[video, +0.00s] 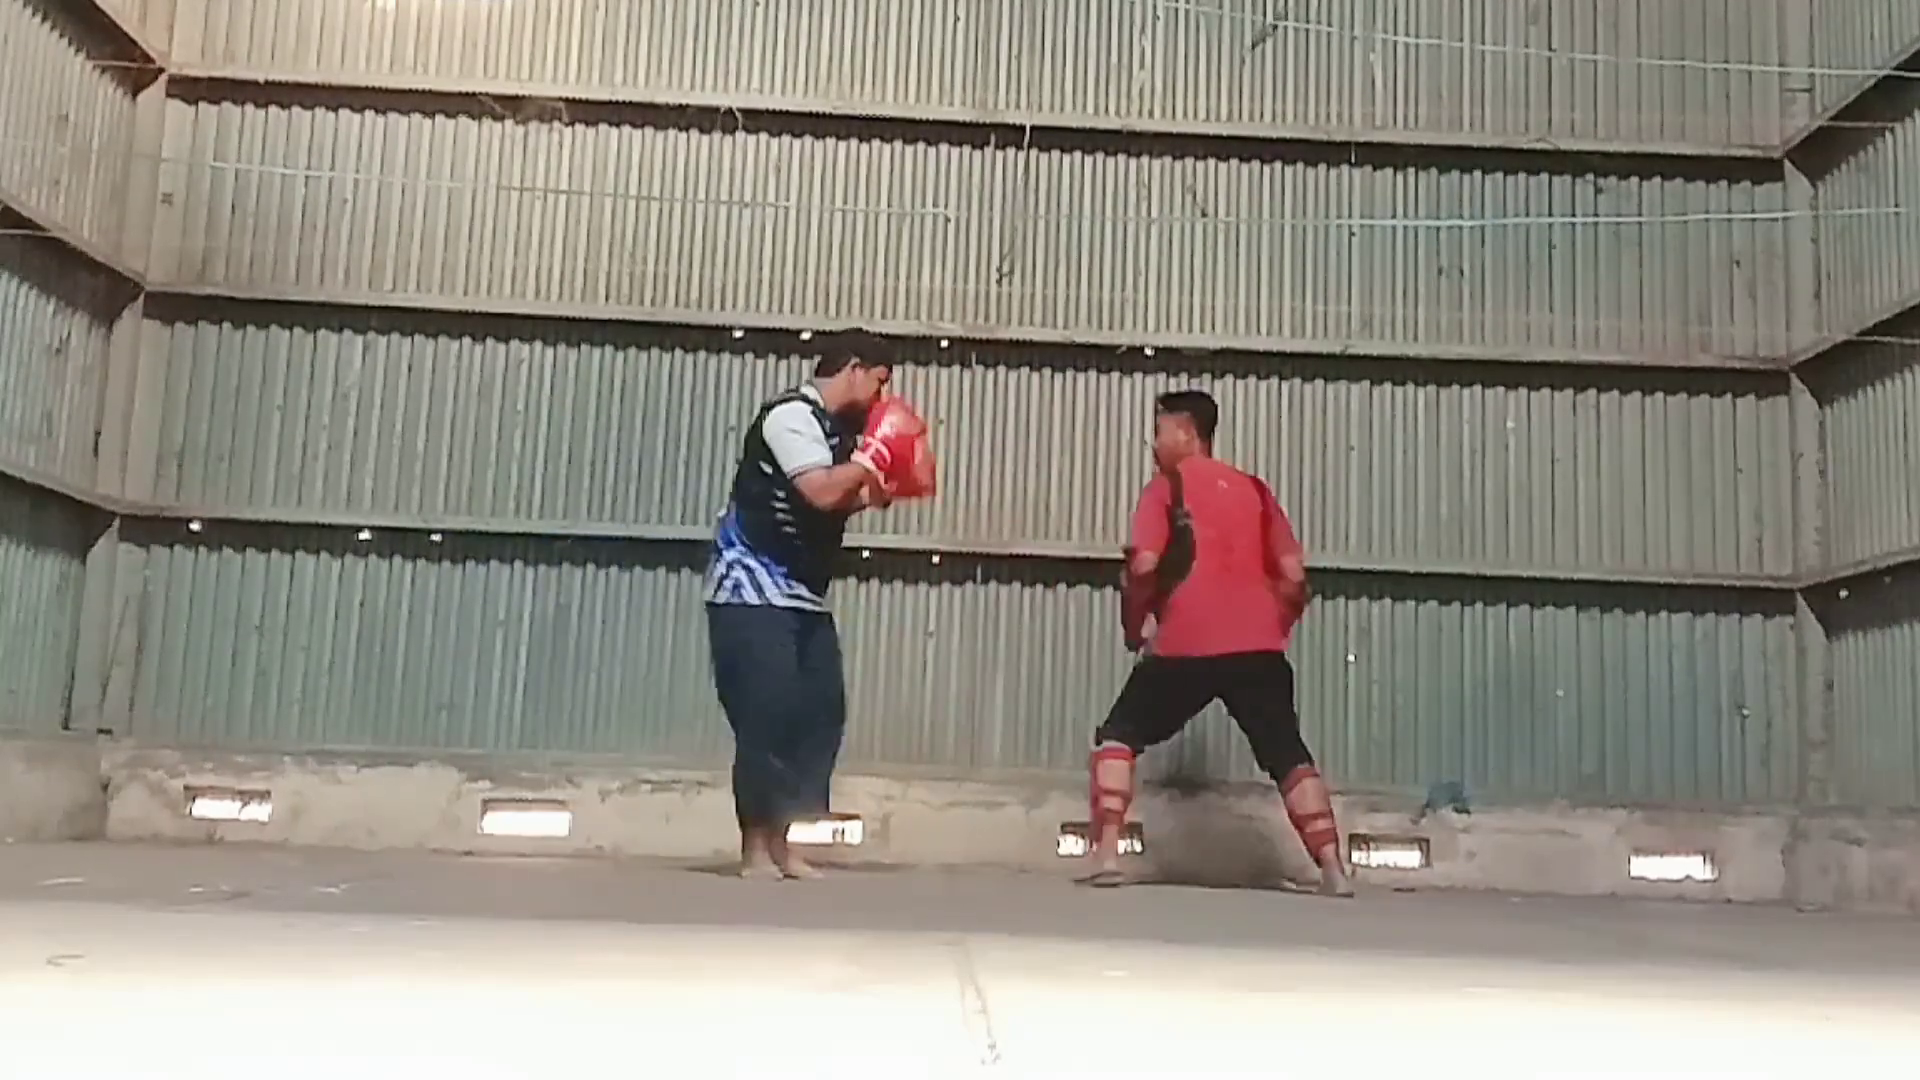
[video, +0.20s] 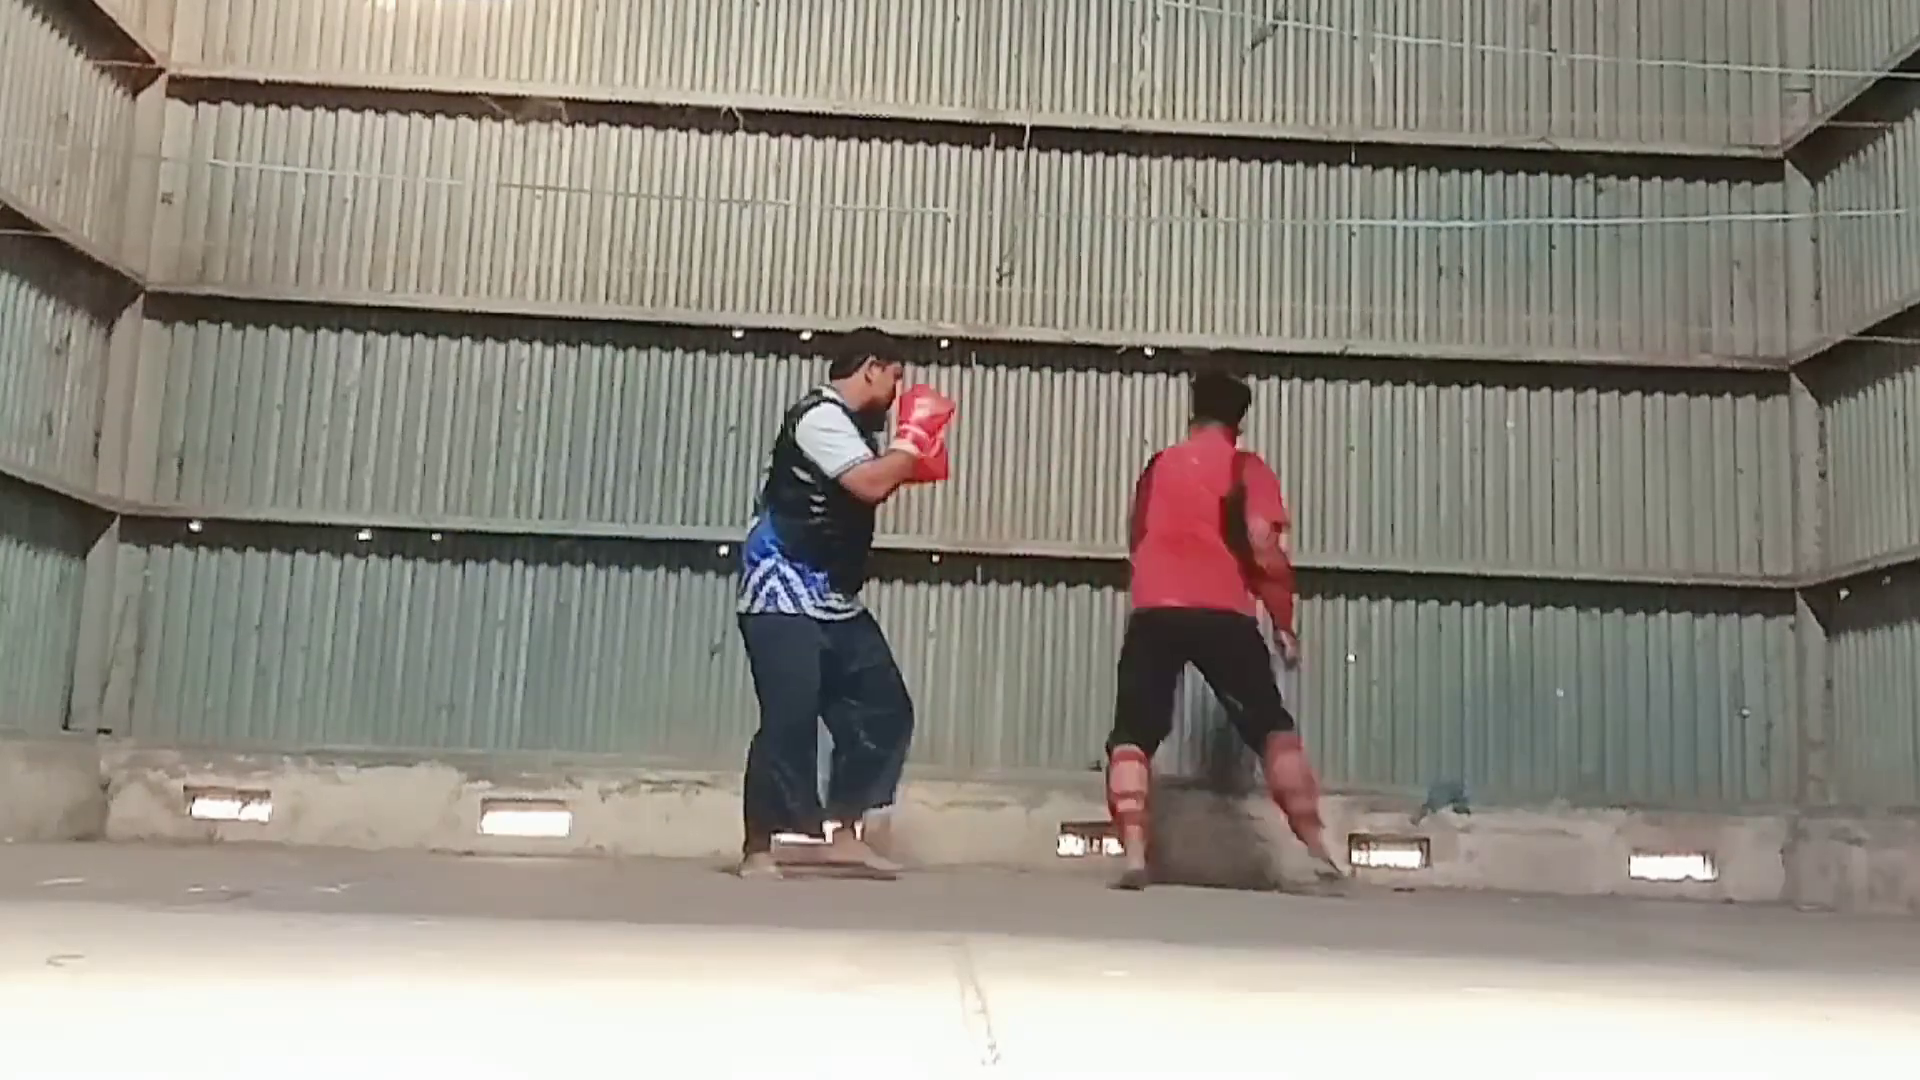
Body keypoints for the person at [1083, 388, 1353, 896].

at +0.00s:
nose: (1153, 442)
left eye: (1159, 430)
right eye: (1155, 430)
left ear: (1185, 431)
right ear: (1200, 435)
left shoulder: (1165, 489)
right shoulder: (1255, 488)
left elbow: (1143, 565)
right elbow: (1293, 576)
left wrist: (1132, 629)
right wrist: (1270, 635)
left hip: (1186, 653)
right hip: (1257, 653)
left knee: (1117, 737)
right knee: (1288, 756)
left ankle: (1106, 855)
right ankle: (1333, 868)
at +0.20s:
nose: (1235, 427)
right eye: (1239, 418)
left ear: (1193, 412)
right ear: (1241, 418)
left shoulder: (1156, 466)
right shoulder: (1250, 467)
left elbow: (1138, 539)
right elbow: (1262, 543)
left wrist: (1161, 592)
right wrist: (1284, 621)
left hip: (1154, 616)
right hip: (1223, 617)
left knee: (1132, 735)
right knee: (1273, 728)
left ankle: (1134, 858)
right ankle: (1316, 844)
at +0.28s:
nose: (1268, 416)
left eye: (1268, 405)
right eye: (1265, 404)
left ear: (1219, 404)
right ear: (1240, 402)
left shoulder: (1178, 449)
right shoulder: (1235, 445)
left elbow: (1177, 534)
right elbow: (1229, 529)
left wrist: (1235, 581)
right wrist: (1272, 598)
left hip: (1119, 586)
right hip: (1181, 587)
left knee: (1129, 715)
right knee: (1242, 685)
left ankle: (1109, 843)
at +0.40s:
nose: (1245, 427)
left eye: (1258, 420)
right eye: (1237, 414)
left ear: (1269, 430)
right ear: (1220, 413)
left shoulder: (1235, 488)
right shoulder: (1200, 452)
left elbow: (1199, 561)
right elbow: (1169, 515)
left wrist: (1234, 581)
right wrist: (1227, 562)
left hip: (1134, 593)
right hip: (1120, 569)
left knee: (1106, 724)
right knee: (1111, 641)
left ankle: (1075, 853)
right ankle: (1035, 572)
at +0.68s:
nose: (1265, 453)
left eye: (1278, 448)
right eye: (1258, 439)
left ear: (1284, 458)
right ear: (1235, 436)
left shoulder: (1232, 510)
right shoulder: (1211, 477)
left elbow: (1177, 583)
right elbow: (1159, 532)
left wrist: (1176, 646)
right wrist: (1203, 602)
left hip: (1129, 614)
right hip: (1111, 575)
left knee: (1108, 738)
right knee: (1060, 659)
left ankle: (1072, 859)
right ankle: (968, 586)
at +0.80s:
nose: (1291, 455)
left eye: (1296, 445)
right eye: (1289, 441)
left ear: (1253, 432)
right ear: (1257, 428)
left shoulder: (1229, 476)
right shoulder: (1226, 466)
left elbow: (1188, 569)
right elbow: (1188, 528)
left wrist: (1200, 634)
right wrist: (1232, 601)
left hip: (1124, 592)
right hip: (1137, 592)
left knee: (1117, 728)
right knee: (1170, 709)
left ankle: (1074, 853)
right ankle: (1060, 746)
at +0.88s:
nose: (1299, 448)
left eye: (1303, 437)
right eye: (1299, 434)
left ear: (1257, 422)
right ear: (1275, 423)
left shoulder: (1218, 457)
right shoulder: (1240, 459)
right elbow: (1209, 529)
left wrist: (1207, 620)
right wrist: (1250, 604)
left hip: (1124, 589)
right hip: (1165, 597)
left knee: (1120, 720)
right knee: (1206, 715)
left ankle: (1072, 853)